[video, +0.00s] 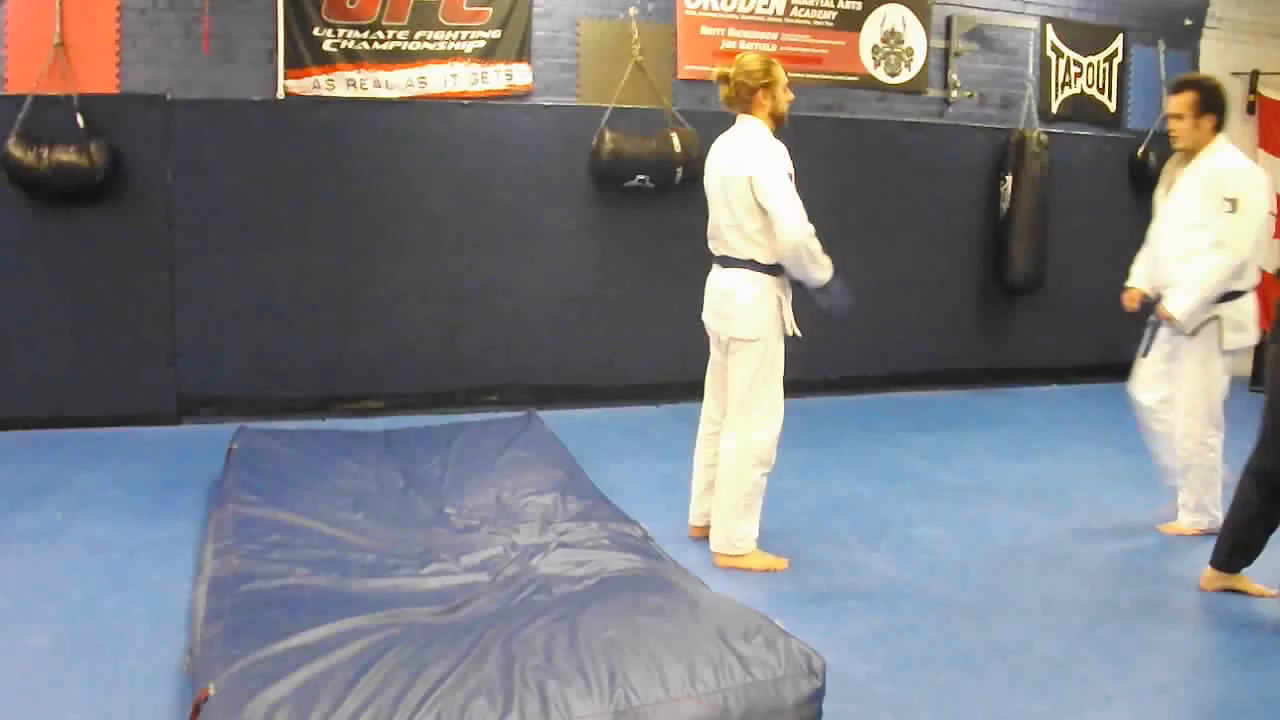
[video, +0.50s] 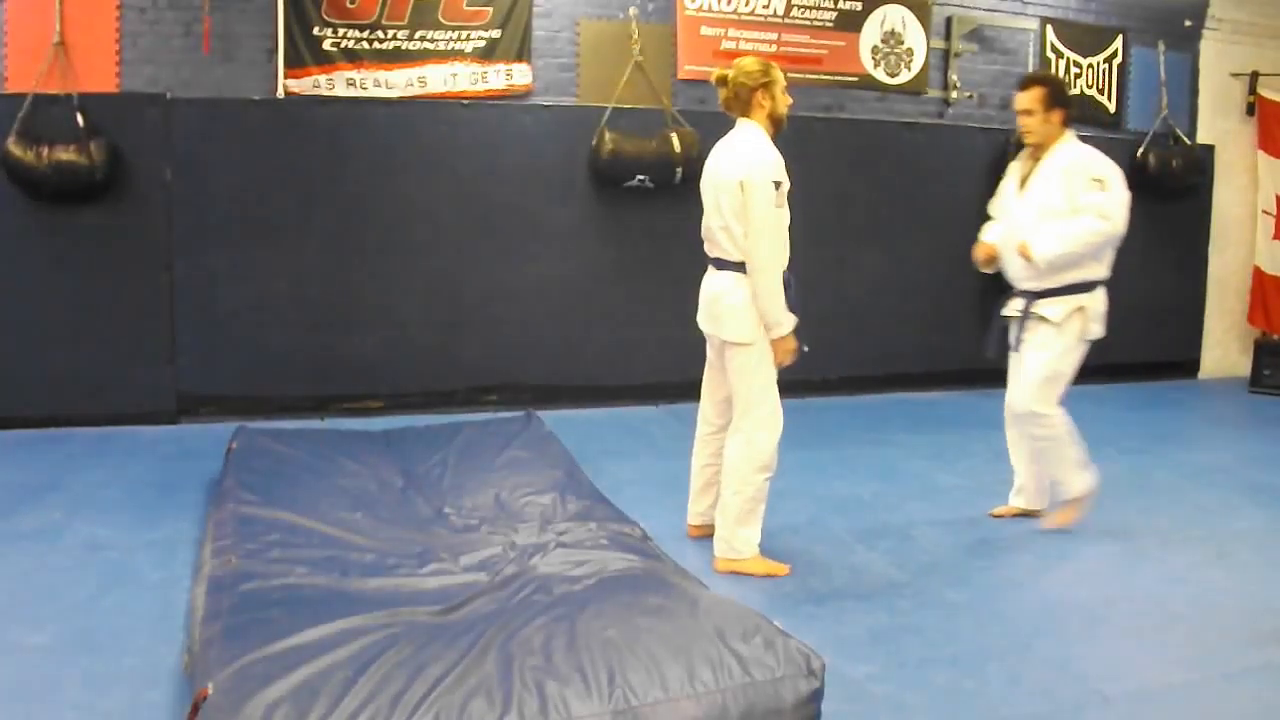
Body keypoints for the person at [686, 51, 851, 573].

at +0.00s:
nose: (790, 93)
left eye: (787, 85)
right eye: (784, 86)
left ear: (745, 96)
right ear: (763, 94)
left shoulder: (723, 145)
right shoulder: (765, 150)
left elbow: (730, 225)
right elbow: (792, 236)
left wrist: (786, 262)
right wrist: (824, 275)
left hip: (722, 283)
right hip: (755, 291)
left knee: (718, 409)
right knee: (755, 418)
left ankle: (704, 516)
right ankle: (735, 545)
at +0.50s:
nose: (789, 100)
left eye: (786, 91)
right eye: (784, 92)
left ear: (745, 99)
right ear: (763, 97)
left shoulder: (724, 150)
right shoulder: (762, 158)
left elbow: (718, 238)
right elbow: (765, 254)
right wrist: (780, 328)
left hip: (716, 286)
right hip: (744, 294)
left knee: (718, 410)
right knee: (760, 421)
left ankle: (703, 515)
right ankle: (737, 549)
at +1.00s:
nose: (791, 114)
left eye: (789, 104)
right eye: (786, 104)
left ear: (754, 105)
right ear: (761, 105)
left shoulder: (739, 152)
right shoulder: (744, 158)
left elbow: (757, 239)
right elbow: (786, 231)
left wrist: (792, 271)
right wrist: (840, 211)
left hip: (732, 297)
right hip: (727, 303)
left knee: (766, 413)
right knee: (760, 420)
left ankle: (732, 519)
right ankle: (737, 551)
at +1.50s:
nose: (761, 122)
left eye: (762, 114)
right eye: (758, 112)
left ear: (727, 108)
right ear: (732, 108)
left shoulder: (724, 160)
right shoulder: (693, 162)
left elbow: (751, 231)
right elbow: (734, 241)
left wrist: (767, 276)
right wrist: (783, 192)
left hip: (716, 303)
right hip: (683, 303)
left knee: (745, 421)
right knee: (690, 426)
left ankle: (746, 524)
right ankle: (643, 535)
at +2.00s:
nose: (753, 99)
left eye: (751, 91)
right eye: (749, 91)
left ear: (711, 95)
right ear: (727, 96)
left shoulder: (678, 138)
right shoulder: (719, 153)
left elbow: (744, 190)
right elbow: (776, 208)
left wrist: (796, 200)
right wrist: (845, 240)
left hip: (670, 283)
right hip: (678, 293)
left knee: (732, 377)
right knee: (682, 413)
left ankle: (726, 476)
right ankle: (645, 533)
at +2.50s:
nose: (784, 112)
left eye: (781, 103)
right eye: (780, 104)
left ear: (740, 108)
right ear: (762, 107)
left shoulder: (713, 155)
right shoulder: (759, 161)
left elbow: (700, 237)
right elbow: (752, 249)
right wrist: (740, 323)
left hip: (696, 286)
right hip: (730, 294)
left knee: (717, 407)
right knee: (761, 410)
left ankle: (710, 505)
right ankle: (682, 507)